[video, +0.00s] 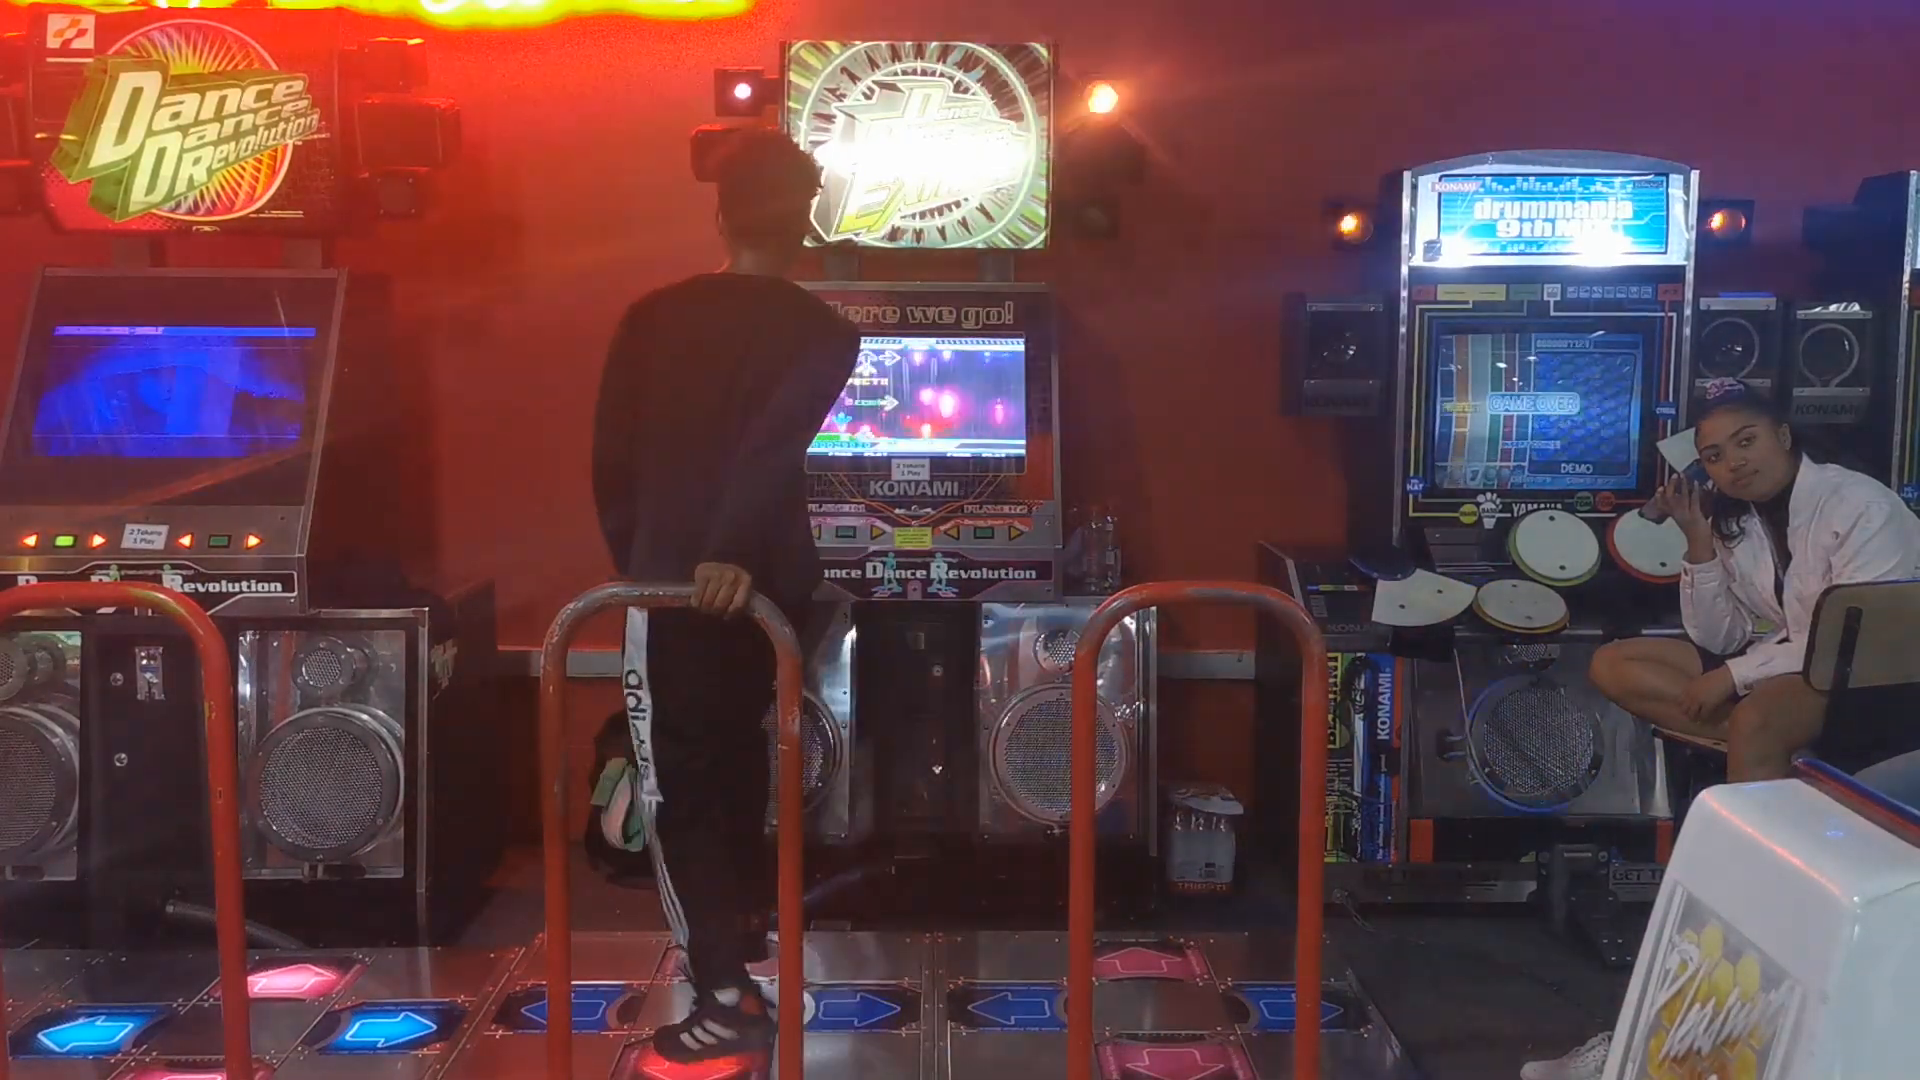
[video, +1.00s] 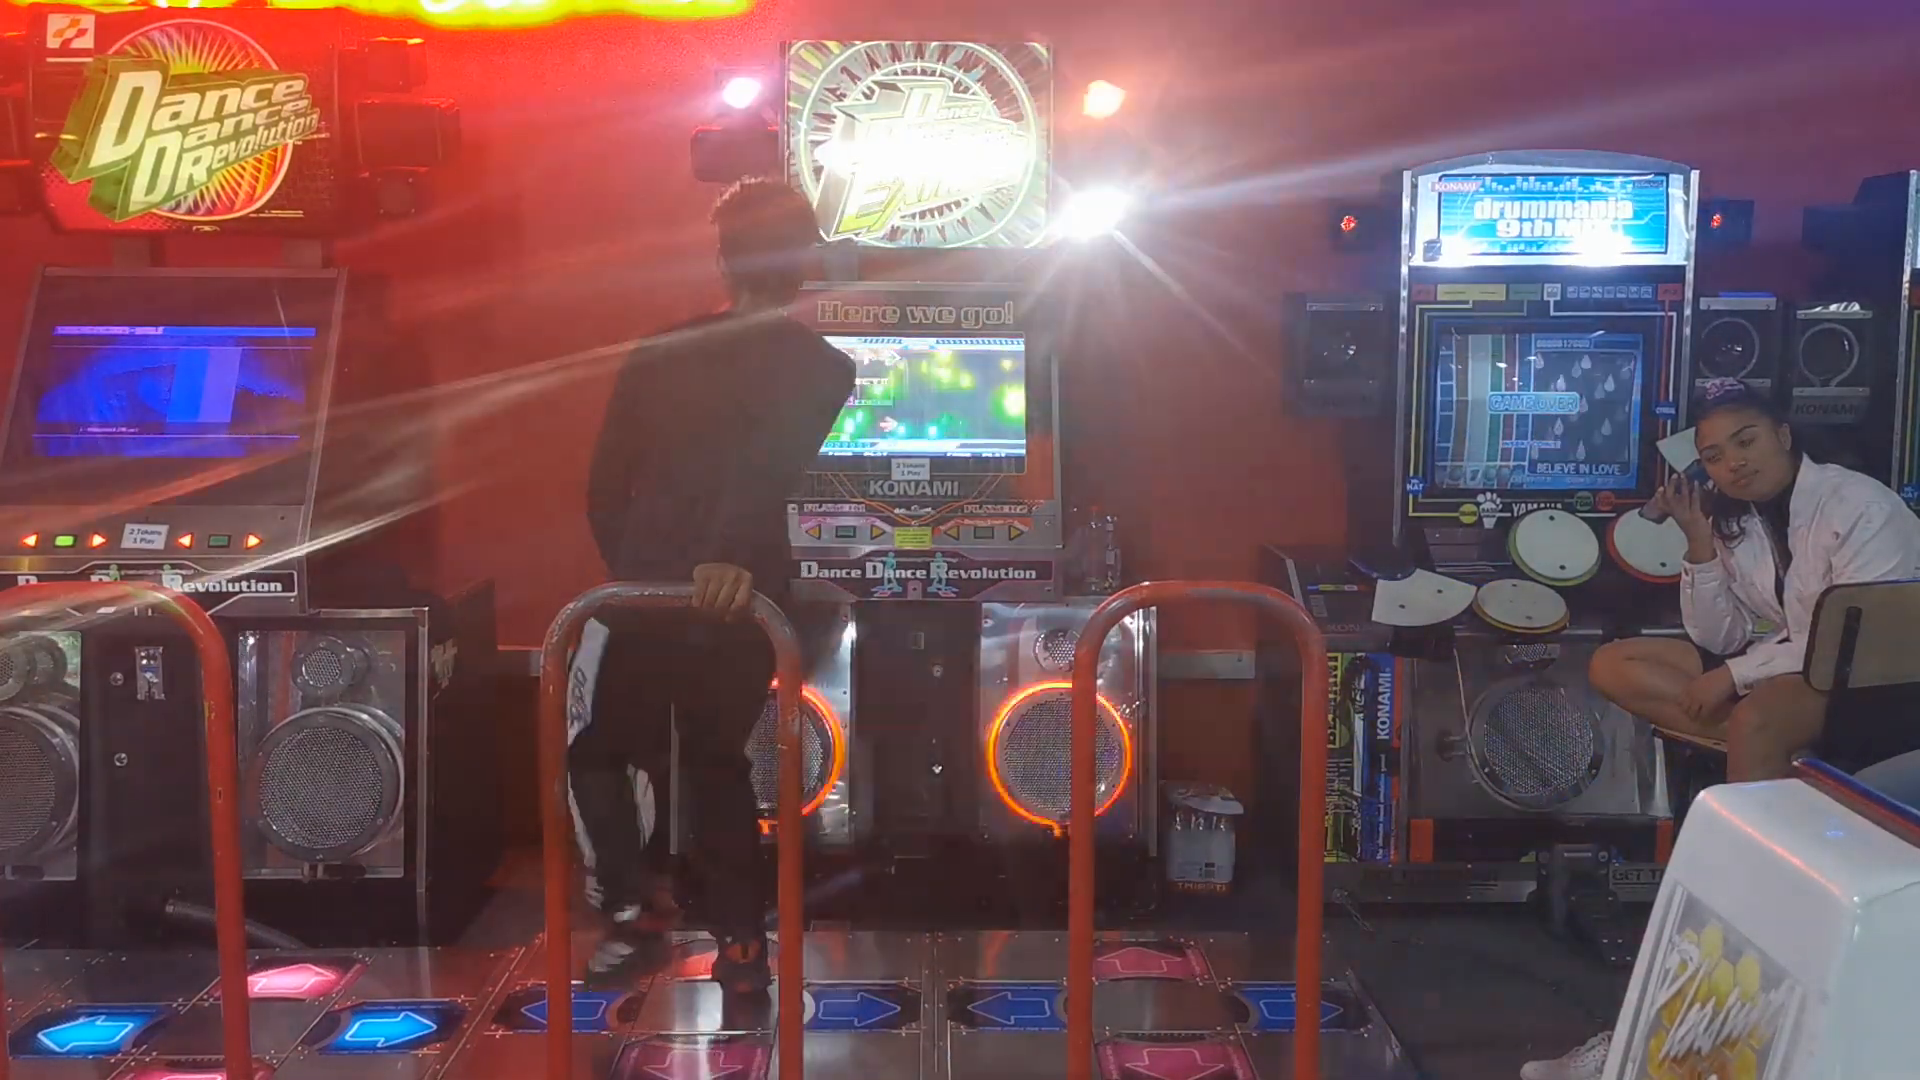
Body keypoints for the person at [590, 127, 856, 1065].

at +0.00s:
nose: (798, 229)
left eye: (767, 212)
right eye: (802, 215)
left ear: (723, 219)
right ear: (803, 221)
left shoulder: (652, 315)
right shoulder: (824, 329)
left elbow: (612, 451)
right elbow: (773, 438)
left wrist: (642, 560)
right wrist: (729, 547)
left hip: (665, 576)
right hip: (765, 576)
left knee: (680, 782)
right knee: (740, 769)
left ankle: (717, 998)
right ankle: (731, 956)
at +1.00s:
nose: (774, 275)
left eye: (768, 261)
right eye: (780, 261)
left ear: (726, 268)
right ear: (804, 272)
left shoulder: (658, 350)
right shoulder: (821, 362)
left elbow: (605, 483)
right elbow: (771, 459)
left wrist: (646, 566)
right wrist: (732, 550)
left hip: (644, 596)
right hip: (745, 591)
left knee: (593, 749)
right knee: (716, 753)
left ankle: (629, 909)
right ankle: (738, 941)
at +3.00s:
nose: (786, 264)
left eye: (781, 249)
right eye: (785, 250)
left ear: (699, 258)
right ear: (774, 258)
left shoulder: (640, 347)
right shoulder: (764, 338)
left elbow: (602, 496)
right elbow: (711, 435)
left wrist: (614, 602)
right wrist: (717, 547)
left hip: (631, 603)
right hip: (723, 598)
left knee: (643, 786)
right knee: (825, 762)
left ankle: (599, 971)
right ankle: (809, 957)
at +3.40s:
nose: (820, 256)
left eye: (813, 242)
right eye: (819, 243)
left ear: (734, 249)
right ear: (811, 249)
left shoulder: (672, 343)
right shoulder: (822, 344)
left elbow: (642, 480)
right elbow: (773, 438)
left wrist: (668, 568)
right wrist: (734, 544)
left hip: (674, 591)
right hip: (781, 587)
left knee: (670, 769)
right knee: (819, 773)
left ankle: (699, 963)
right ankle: (832, 973)